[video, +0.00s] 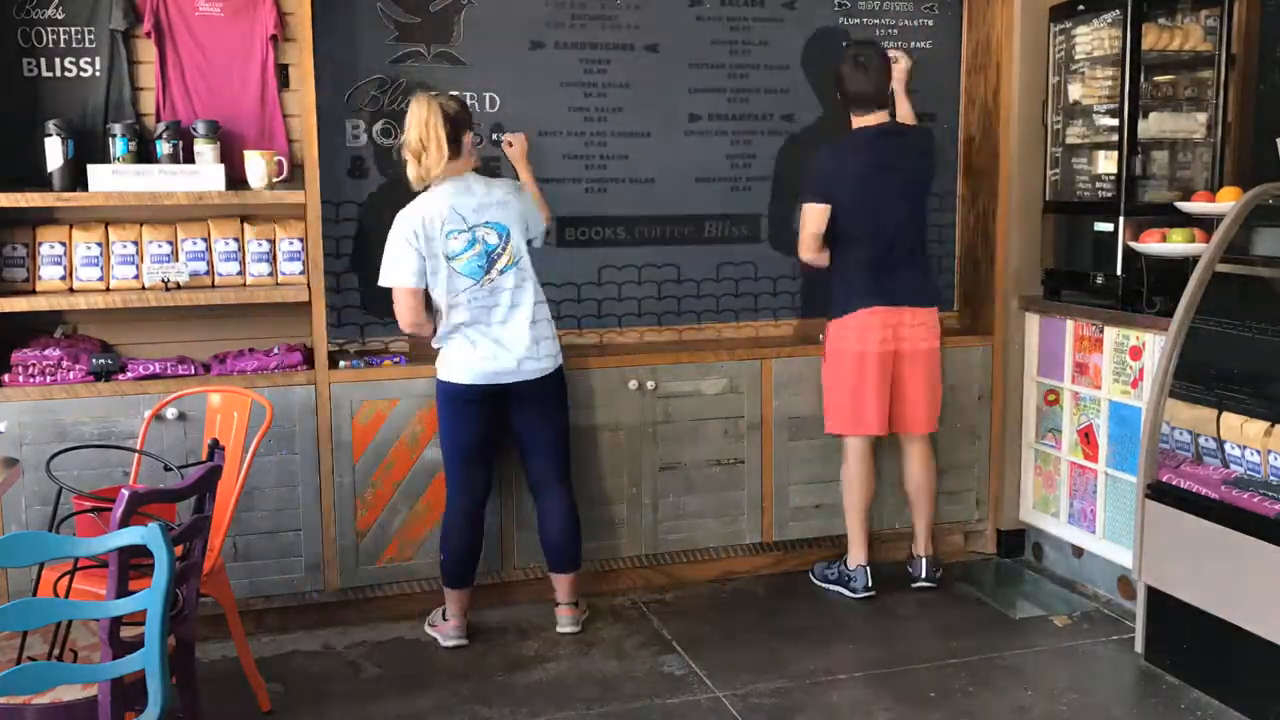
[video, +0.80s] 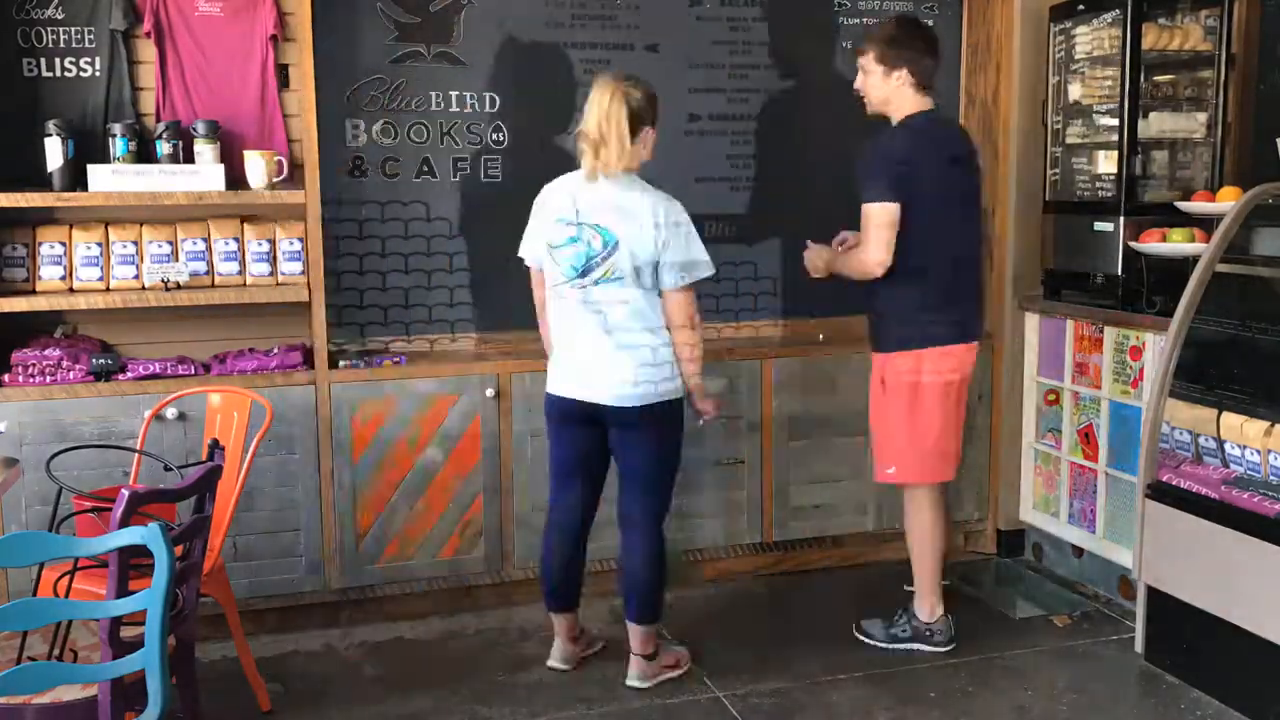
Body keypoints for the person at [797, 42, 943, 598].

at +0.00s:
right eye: (882, 90)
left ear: (841, 98)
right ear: (888, 96)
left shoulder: (831, 156)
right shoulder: (918, 149)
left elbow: (809, 250)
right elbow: (907, 130)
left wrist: (844, 260)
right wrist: (899, 88)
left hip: (858, 313)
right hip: (918, 309)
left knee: (857, 440)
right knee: (918, 435)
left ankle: (857, 565)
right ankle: (924, 558)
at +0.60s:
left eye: (876, 88)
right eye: (911, 82)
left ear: (871, 97)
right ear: (921, 93)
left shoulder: (864, 152)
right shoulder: (952, 147)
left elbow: (833, 242)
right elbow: (946, 187)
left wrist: (881, 219)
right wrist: (935, 121)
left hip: (887, 313)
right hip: (946, 312)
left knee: (872, 439)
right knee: (937, 436)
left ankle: (861, 563)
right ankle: (932, 555)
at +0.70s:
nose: (871, 94)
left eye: (869, 88)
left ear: (871, 96)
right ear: (921, 90)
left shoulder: (862, 153)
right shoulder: (946, 154)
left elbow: (825, 240)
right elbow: (936, 217)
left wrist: (874, 221)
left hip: (878, 317)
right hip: (937, 316)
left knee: (867, 441)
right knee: (925, 439)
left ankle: (857, 566)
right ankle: (920, 556)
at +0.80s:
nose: (858, 83)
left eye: (866, 70)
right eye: (859, 70)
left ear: (900, 74)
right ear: (914, 76)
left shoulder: (890, 148)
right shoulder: (955, 140)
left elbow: (876, 259)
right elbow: (940, 238)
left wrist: (828, 262)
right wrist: (859, 241)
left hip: (915, 341)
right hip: (954, 334)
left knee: (918, 479)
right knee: (927, 476)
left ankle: (928, 617)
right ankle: (929, 604)